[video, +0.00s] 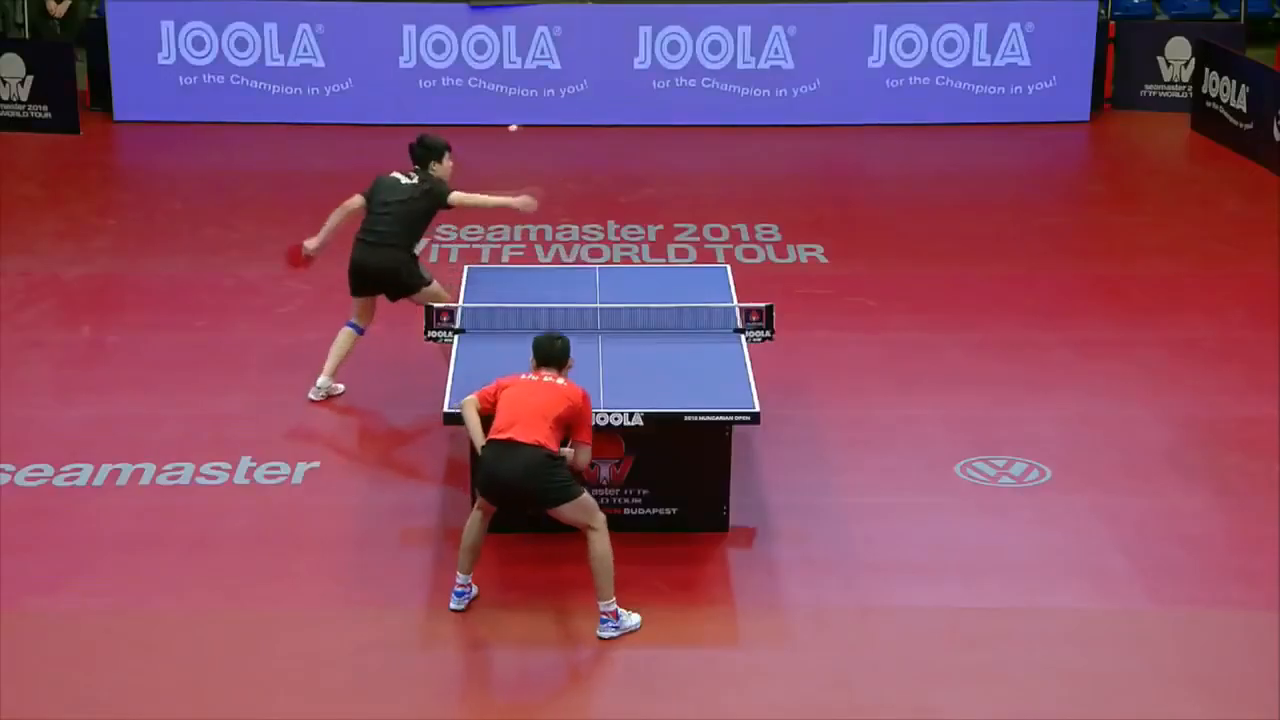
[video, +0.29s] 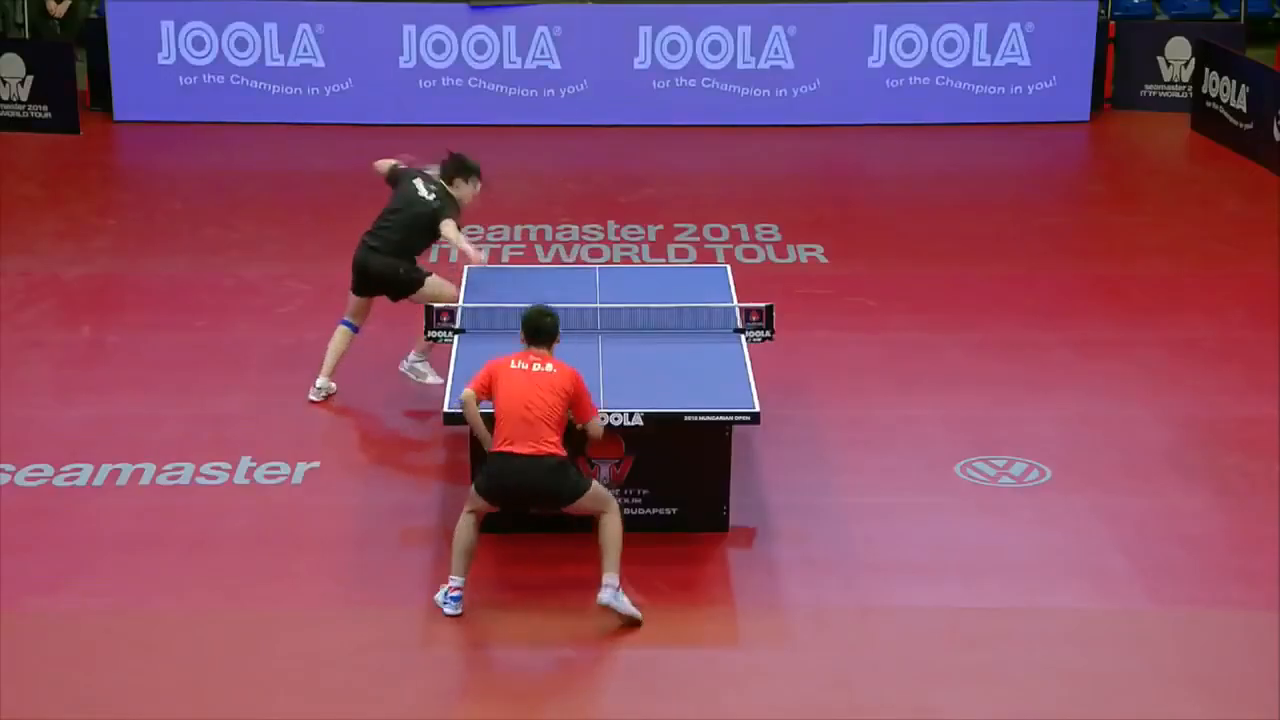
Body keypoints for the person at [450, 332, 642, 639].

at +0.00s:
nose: (568, 364)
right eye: (568, 362)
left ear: (533, 362)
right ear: (567, 364)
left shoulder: (508, 383)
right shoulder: (577, 395)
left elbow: (468, 403)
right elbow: (581, 463)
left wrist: (482, 447)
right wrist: (565, 453)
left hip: (494, 458)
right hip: (538, 464)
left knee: (482, 510)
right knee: (596, 523)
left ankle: (460, 589)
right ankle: (610, 615)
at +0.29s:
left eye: (523, 332)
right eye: (553, 334)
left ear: (522, 335)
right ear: (556, 338)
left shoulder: (499, 366)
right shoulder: (568, 375)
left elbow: (468, 399)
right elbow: (595, 430)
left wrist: (487, 442)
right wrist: (580, 423)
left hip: (501, 468)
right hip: (551, 470)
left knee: (471, 513)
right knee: (609, 508)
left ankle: (453, 592)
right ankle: (610, 588)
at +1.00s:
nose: (560, 344)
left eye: (561, 339)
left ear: (565, 343)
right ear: (599, 338)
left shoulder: (560, 371)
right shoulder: (626, 358)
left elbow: (555, 393)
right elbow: (654, 353)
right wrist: (618, 359)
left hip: (589, 476)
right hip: (635, 474)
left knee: (516, 491)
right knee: (649, 470)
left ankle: (487, 576)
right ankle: (669, 554)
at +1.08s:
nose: (569, 341)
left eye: (570, 336)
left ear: (573, 339)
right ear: (607, 336)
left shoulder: (568, 365)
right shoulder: (629, 356)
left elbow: (550, 390)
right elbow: (649, 356)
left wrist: (547, 382)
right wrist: (629, 347)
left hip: (591, 474)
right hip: (635, 473)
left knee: (515, 492)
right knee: (649, 470)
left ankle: (487, 576)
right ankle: (669, 554)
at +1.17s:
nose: (570, 317)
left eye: (570, 312)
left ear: (572, 316)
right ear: (605, 313)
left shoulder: (563, 349)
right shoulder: (632, 341)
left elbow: (520, 394)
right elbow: (675, 376)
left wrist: (481, 423)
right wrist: (691, 371)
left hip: (584, 456)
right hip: (628, 457)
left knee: (511, 491)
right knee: (643, 475)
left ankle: (488, 578)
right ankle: (669, 554)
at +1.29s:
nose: (558, 313)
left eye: (558, 309)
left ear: (560, 312)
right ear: (595, 310)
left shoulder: (552, 350)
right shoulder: (620, 342)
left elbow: (514, 402)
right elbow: (654, 389)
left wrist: (482, 433)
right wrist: (681, 398)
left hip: (571, 456)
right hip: (619, 455)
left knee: (515, 502)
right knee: (644, 484)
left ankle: (493, 586)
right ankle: (665, 564)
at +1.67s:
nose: (536, 361)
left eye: (536, 356)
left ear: (538, 357)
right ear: (569, 358)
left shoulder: (526, 394)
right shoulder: (586, 398)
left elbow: (498, 433)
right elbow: (596, 449)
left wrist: (536, 432)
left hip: (526, 509)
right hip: (576, 508)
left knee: (480, 550)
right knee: (635, 539)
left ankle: (443, 622)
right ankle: (685, 609)